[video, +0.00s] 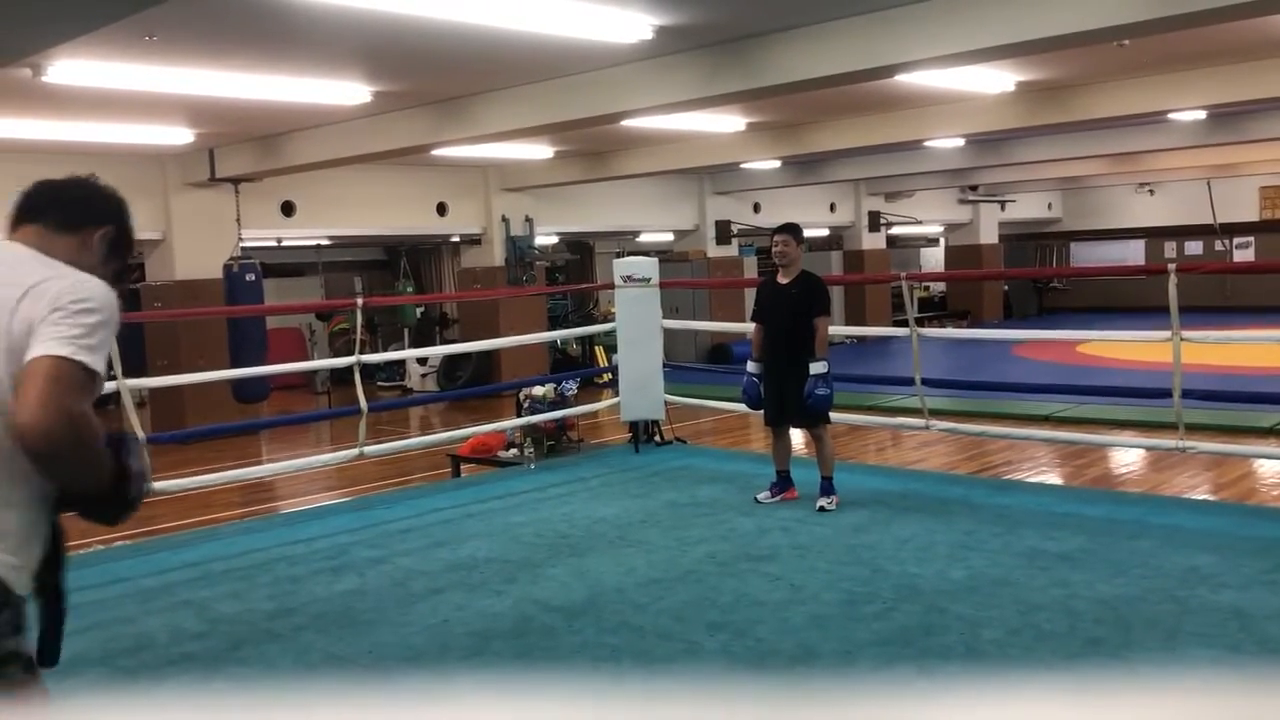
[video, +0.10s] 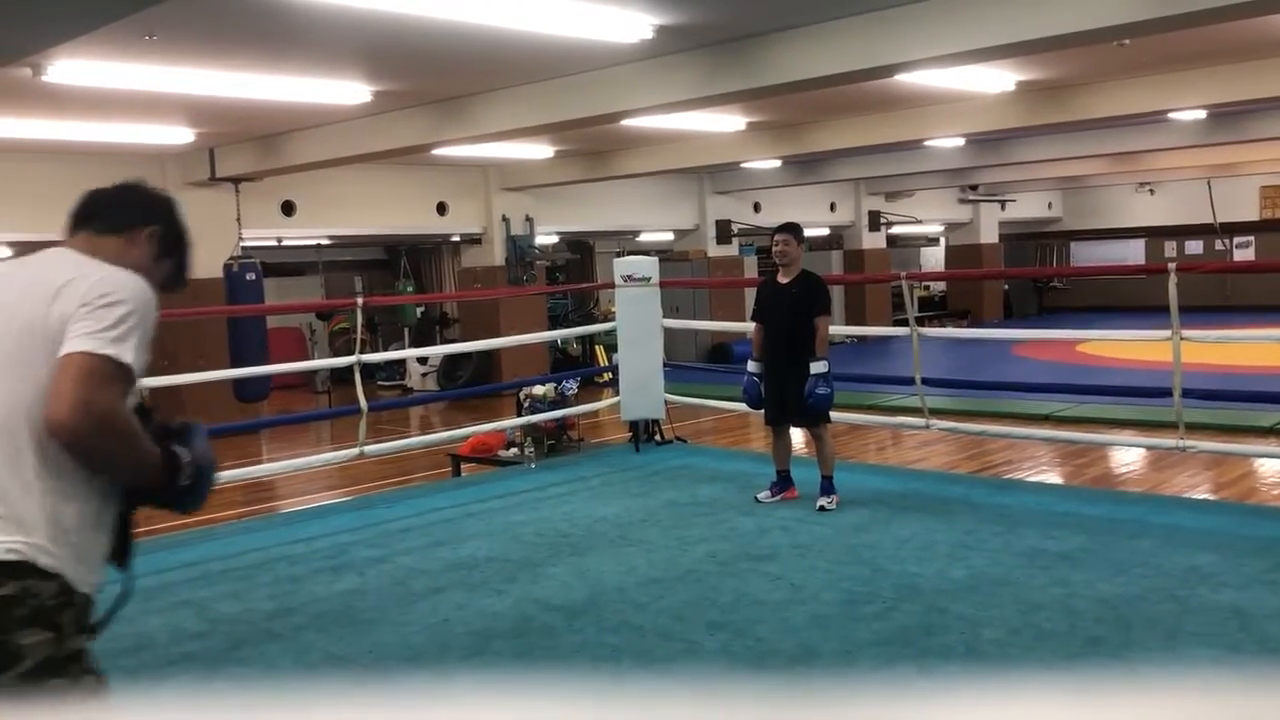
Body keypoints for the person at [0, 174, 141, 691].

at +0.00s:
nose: (109, 278)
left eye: (116, 267)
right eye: (113, 262)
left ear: (20, 225)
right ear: (96, 238)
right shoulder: (76, 291)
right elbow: (42, 419)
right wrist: (106, 484)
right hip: (5, 583)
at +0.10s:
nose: (152, 288)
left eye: (160, 281)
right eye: (158, 276)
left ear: (79, 231)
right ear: (146, 238)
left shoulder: (10, 274)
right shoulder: (116, 286)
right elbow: (76, 412)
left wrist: (127, 432)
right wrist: (163, 471)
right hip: (24, 577)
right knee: (67, 710)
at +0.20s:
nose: (208, 288)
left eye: (219, 283)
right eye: (217, 274)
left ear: (147, 225)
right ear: (203, 232)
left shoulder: (42, 284)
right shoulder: (162, 274)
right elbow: (115, 398)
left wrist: (187, 408)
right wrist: (215, 452)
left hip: (11, 557)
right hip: (70, 566)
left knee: (74, 711)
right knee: (143, 714)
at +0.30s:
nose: (281, 273)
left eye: (295, 262)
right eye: (292, 252)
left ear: (249, 207)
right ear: (257, 208)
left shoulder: (125, 266)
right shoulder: (202, 261)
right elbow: (152, 385)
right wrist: (253, 434)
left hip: (69, 547)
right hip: (123, 549)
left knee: (143, 710)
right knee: (243, 706)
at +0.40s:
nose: (349, 235)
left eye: (357, 226)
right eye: (345, 213)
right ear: (289, 182)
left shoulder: (203, 253)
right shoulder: (246, 254)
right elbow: (193, 381)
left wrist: (293, 395)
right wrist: (303, 425)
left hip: (143, 536)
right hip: (181, 539)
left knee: (192, 711)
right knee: (314, 697)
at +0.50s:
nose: (394, 218)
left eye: (409, 210)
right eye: (387, 193)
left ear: (410, 220)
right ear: (331, 176)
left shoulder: (280, 257)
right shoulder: (297, 256)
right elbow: (254, 391)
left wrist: (359, 384)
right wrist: (373, 413)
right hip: (253, 536)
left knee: (230, 706)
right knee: (354, 700)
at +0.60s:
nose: (449, 207)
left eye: (464, 200)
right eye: (441, 182)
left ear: (467, 215)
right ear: (386, 172)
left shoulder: (343, 256)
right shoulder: (356, 256)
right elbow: (338, 394)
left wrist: (432, 382)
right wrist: (448, 402)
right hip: (321, 530)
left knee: (308, 700)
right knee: (421, 691)